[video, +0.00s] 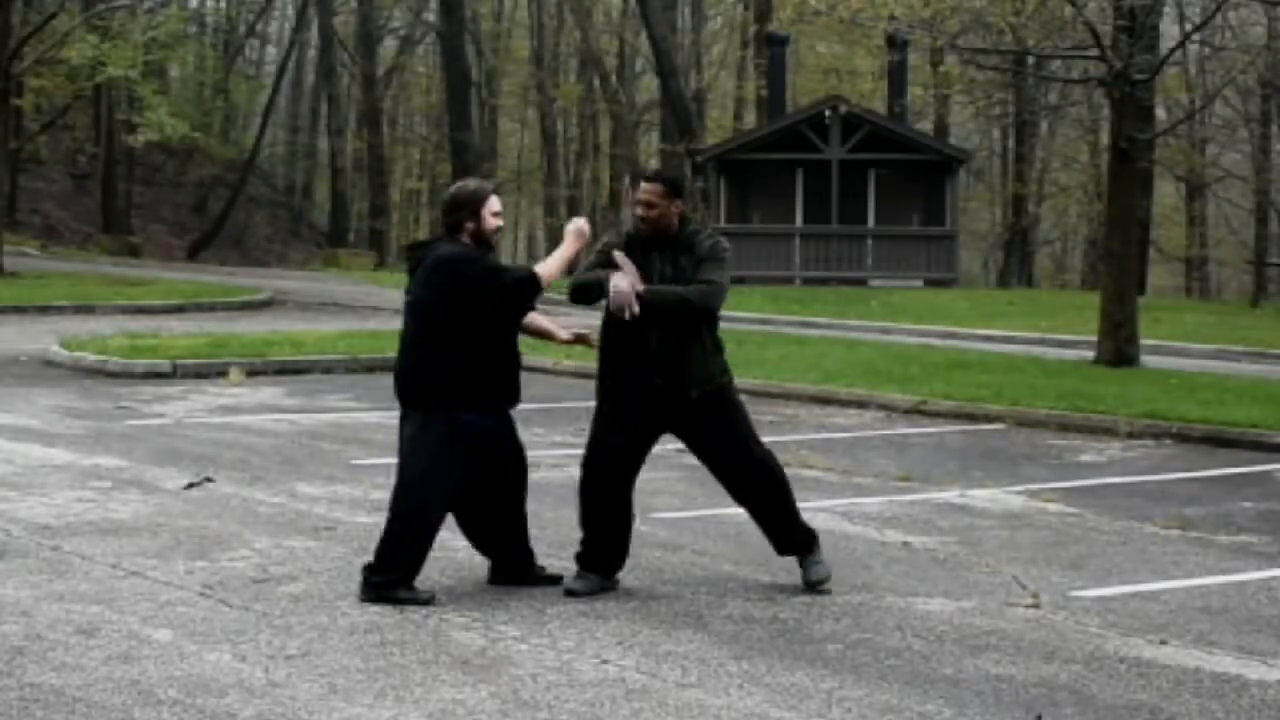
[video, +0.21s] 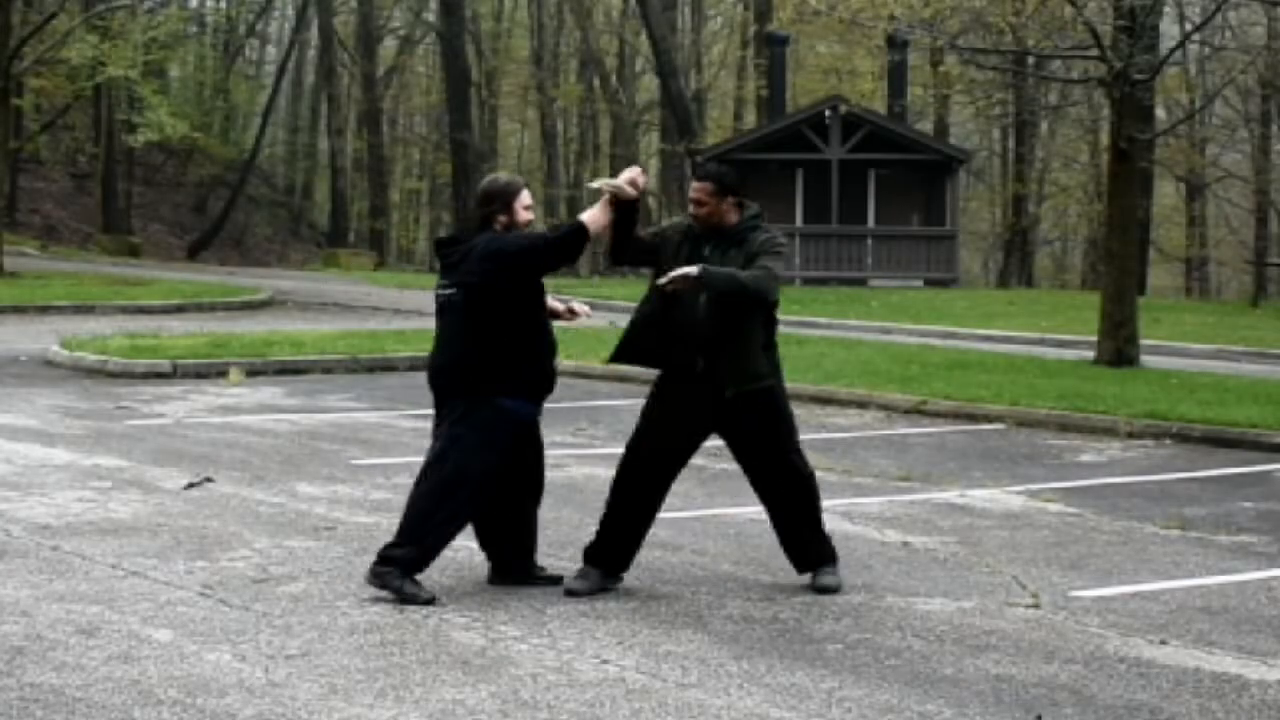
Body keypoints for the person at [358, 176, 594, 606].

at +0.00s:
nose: (500, 223)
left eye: (500, 215)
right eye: (493, 216)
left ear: (468, 223)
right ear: (468, 221)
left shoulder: (472, 263)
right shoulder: (452, 263)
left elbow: (507, 311)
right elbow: (523, 287)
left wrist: (554, 332)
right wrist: (569, 248)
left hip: (477, 402)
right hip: (441, 405)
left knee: (502, 481)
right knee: (423, 493)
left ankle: (512, 564)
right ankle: (386, 579)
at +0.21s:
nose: (534, 215)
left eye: (532, 208)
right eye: (527, 208)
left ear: (497, 215)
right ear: (504, 215)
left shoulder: (467, 253)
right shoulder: (503, 252)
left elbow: (501, 298)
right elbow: (570, 240)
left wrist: (549, 307)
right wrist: (614, 197)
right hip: (492, 395)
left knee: (515, 480)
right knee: (452, 482)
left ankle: (514, 565)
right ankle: (395, 565)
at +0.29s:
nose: (542, 213)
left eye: (541, 205)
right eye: (535, 206)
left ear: (502, 213)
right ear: (511, 212)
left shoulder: (480, 251)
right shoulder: (512, 248)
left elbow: (505, 313)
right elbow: (582, 236)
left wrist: (555, 303)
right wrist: (620, 203)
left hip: (499, 387)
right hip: (501, 391)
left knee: (517, 477)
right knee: (466, 478)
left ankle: (514, 566)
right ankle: (411, 566)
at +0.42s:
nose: (554, 213)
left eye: (553, 205)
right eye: (548, 206)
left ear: (514, 211)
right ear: (525, 210)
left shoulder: (480, 248)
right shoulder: (537, 248)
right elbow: (592, 263)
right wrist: (637, 257)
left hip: (481, 383)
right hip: (525, 387)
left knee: (519, 473)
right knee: (493, 477)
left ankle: (513, 564)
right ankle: (444, 569)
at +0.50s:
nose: (563, 215)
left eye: (561, 206)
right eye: (557, 207)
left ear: (521, 213)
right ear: (534, 213)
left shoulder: (488, 253)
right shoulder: (542, 254)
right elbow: (601, 289)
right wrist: (658, 301)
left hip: (485, 385)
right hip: (527, 390)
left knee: (500, 472)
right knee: (519, 478)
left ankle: (515, 562)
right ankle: (463, 566)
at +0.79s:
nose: (571, 215)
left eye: (571, 207)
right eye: (565, 207)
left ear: (537, 212)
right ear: (540, 210)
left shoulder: (544, 254)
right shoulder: (523, 252)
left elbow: (602, 281)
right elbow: (555, 315)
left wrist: (665, 258)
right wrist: (596, 318)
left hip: (533, 386)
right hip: (519, 387)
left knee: (524, 473)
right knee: (535, 476)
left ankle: (517, 564)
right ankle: (514, 571)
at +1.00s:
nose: (568, 216)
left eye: (569, 208)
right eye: (560, 209)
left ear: (546, 214)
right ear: (534, 213)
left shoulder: (567, 256)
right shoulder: (506, 257)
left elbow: (625, 258)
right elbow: (543, 303)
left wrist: (671, 218)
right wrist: (587, 274)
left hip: (569, 395)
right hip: (523, 398)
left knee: (588, 474)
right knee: (534, 484)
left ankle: (557, 556)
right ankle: (514, 571)